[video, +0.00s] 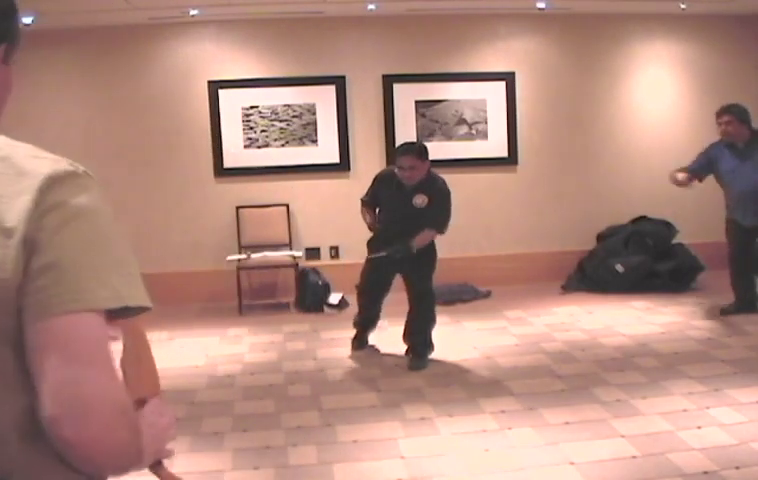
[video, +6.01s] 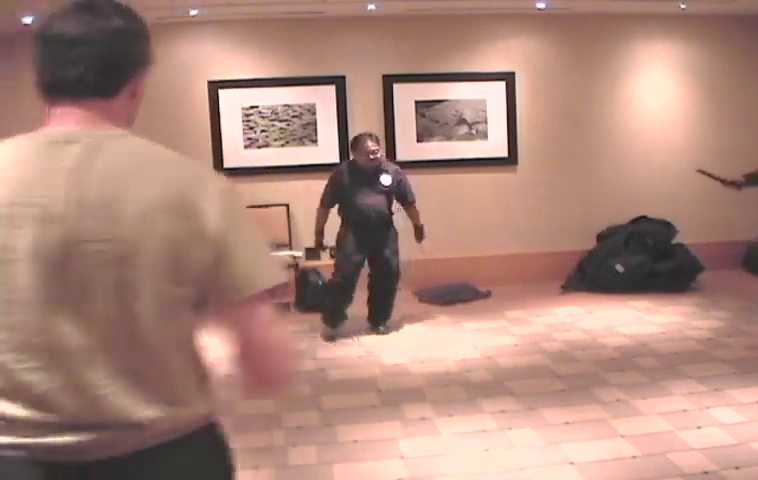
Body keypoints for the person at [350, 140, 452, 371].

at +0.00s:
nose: (405, 174)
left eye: (411, 168)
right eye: (400, 168)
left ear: (426, 166)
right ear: (395, 165)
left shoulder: (438, 188)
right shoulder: (385, 179)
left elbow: (435, 227)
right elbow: (367, 203)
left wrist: (409, 247)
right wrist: (372, 222)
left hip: (418, 246)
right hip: (383, 242)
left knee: (421, 298)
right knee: (369, 291)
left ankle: (418, 350)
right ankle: (362, 329)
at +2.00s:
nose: (405, 172)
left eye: (409, 166)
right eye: (398, 168)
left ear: (414, 161)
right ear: (384, 164)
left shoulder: (422, 177)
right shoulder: (367, 182)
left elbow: (456, 191)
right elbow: (336, 214)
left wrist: (453, 211)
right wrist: (333, 245)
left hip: (413, 247)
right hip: (378, 249)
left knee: (420, 297)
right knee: (381, 301)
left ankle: (421, 346)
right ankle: (380, 350)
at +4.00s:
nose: (413, 174)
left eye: (420, 168)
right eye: (408, 167)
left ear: (434, 166)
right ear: (401, 164)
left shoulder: (441, 191)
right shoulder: (389, 178)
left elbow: (426, 225)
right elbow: (369, 201)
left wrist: (400, 244)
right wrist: (371, 221)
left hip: (419, 251)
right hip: (384, 247)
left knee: (423, 304)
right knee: (370, 295)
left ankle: (423, 357)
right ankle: (367, 338)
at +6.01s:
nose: (374, 156)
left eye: (377, 151)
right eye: (368, 153)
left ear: (381, 151)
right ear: (356, 155)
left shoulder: (392, 172)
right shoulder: (343, 175)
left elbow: (408, 202)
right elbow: (324, 206)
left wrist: (418, 225)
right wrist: (319, 235)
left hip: (384, 233)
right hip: (352, 233)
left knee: (388, 275)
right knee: (344, 276)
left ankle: (379, 321)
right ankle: (332, 322)